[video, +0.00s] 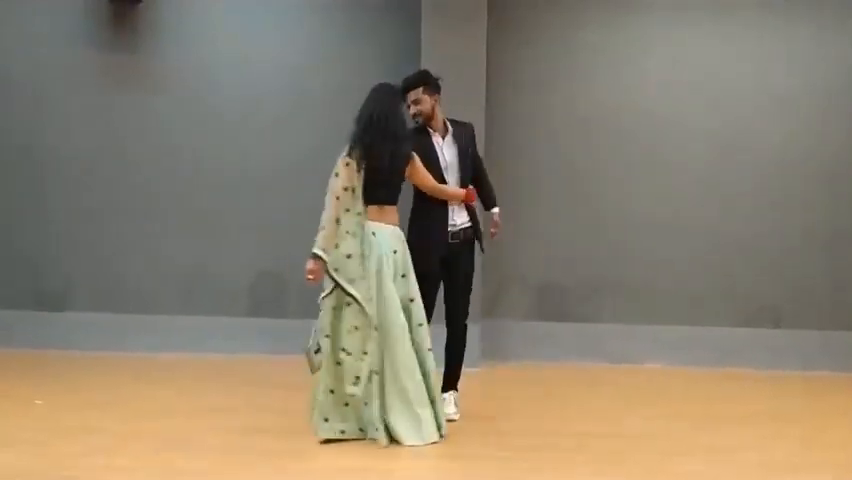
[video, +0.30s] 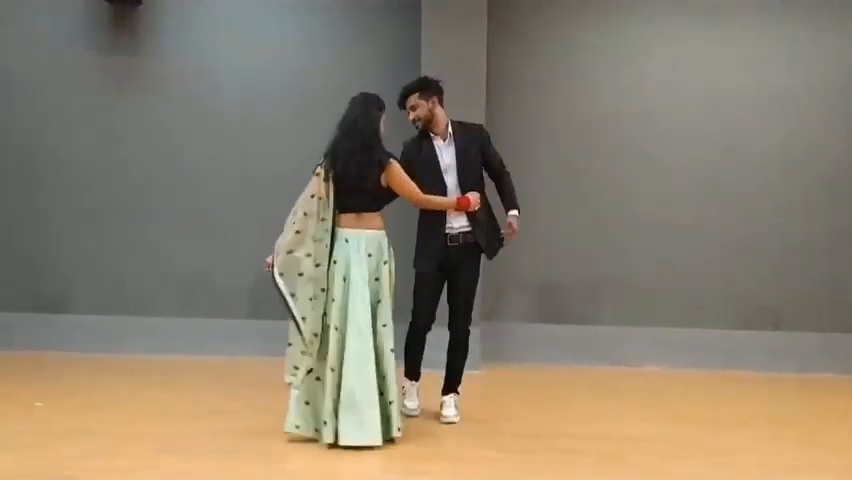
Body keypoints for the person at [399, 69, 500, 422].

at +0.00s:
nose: (413, 109)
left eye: (417, 101)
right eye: (409, 104)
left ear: (435, 98)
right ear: (409, 108)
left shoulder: (464, 132)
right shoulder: (410, 142)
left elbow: (477, 170)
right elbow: (395, 178)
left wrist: (493, 208)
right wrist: (408, 126)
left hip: (463, 236)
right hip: (427, 238)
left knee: (458, 317)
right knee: (418, 318)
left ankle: (450, 391)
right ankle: (409, 391)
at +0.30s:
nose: (411, 116)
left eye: (415, 108)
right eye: (408, 111)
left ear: (435, 102)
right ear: (413, 112)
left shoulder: (474, 135)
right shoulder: (413, 149)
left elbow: (499, 172)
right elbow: (390, 190)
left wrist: (512, 210)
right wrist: (358, 206)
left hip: (468, 242)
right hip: (432, 242)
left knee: (460, 323)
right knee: (421, 318)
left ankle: (450, 395)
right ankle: (410, 382)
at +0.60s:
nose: (405, 116)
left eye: (409, 108)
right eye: (403, 111)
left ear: (429, 102)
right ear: (414, 110)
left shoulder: (468, 134)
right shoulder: (410, 149)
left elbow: (495, 174)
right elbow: (398, 194)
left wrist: (500, 215)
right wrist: (364, 209)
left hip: (460, 241)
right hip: (425, 242)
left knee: (455, 324)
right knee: (420, 323)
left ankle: (449, 396)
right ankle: (419, 395)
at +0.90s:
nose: (394, 116)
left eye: (398, 108)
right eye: (393, 111)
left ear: (417, 104)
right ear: (410, 108)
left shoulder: (456, 133)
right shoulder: (404, 151)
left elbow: (485, 173)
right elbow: (403, 196)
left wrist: (484, 215)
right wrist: (381, 212)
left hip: (449, 240)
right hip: (416, 242)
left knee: (448, 324)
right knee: (416, 323)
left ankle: (448, 396)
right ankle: (418, 395)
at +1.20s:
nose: (387, 117)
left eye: (390, 109)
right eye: (385, 112)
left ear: (408, 105)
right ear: (404, 109)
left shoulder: (446, 128)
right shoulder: (403, 149)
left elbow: (477, 166)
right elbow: (412, 198)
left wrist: (473, 207)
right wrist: (391, 207)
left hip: (446, 240)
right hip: (414, 242)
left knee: (452, 322)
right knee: (416, 323)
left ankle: (460, 394)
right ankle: (419, 395)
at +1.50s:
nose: (395, 124)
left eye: (398, 116)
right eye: (393, 119)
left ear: (418, 111)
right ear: (412, 116)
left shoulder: (457, 133)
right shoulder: (411, 160)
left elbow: (490, 166)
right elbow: (422, 207)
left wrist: (497, 206)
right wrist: (393, 217)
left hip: (465, 247)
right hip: (430, 252)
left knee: (480, 326)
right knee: (419, 325)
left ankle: (496, 395)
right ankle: (419, 397)